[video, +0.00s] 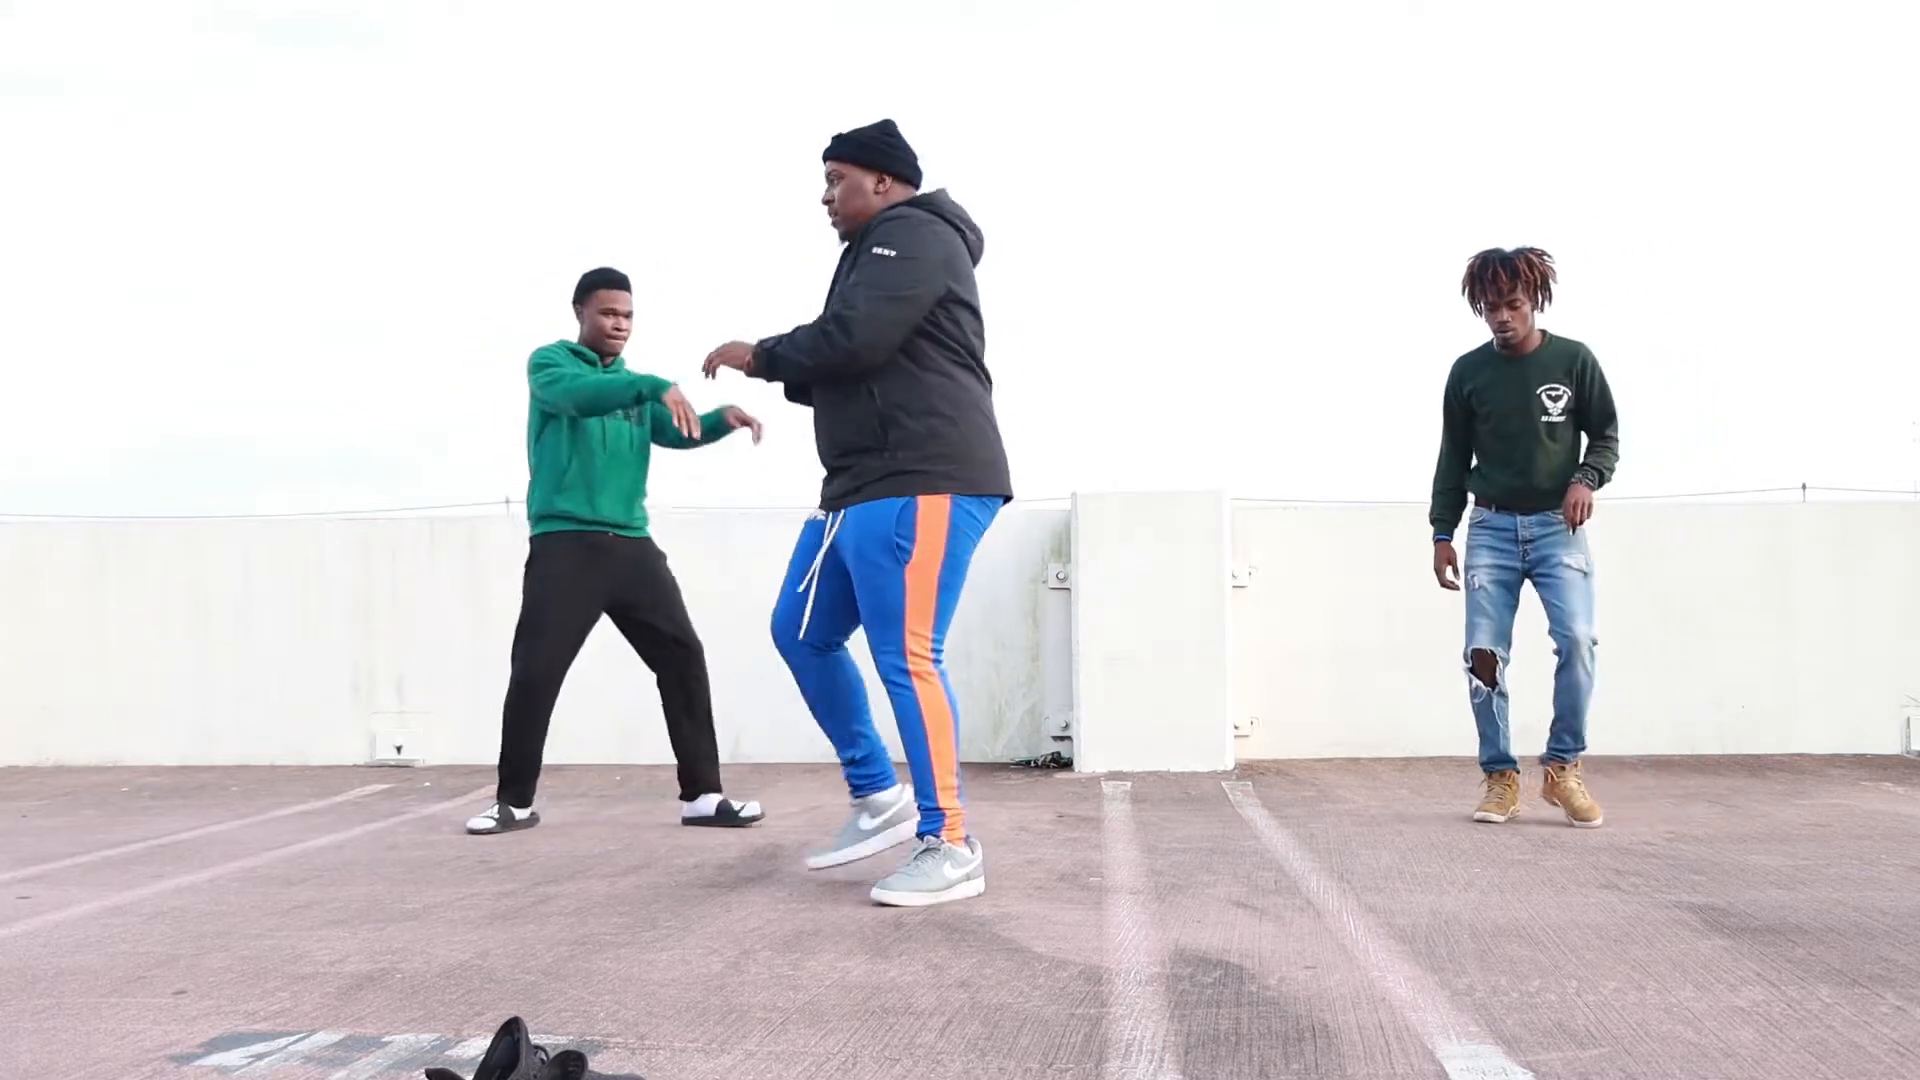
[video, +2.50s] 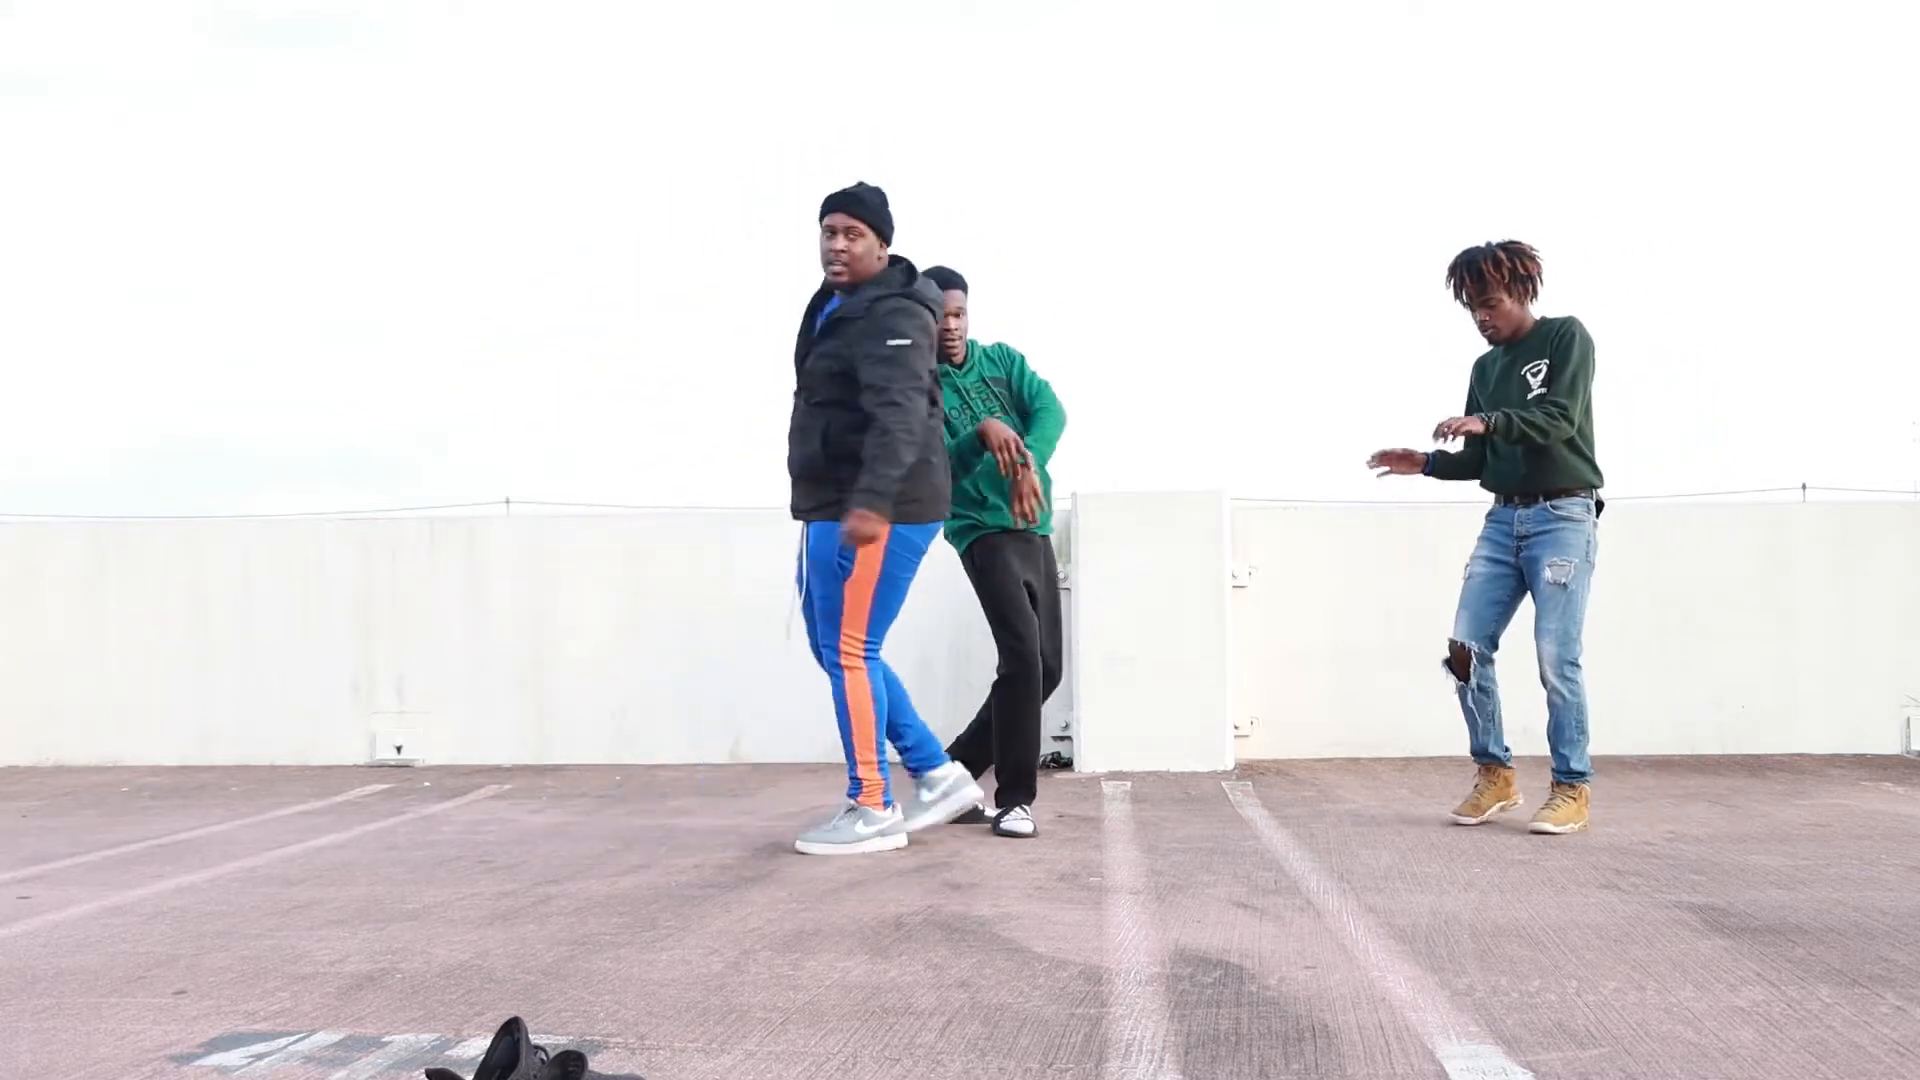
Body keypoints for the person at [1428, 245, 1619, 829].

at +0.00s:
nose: (1500, 317)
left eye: (1510, 304)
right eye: (1489, 308)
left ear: (1536, 300)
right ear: (1479, 309)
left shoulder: (1574, 360)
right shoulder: (1467, 372)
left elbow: (1605, 435)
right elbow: (1453, 459)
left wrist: (1586, 479)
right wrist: (1443, 534)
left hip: (1559, 527)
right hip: (1490, 529)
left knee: (1578, 638)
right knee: (1482, 654)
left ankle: (1563, 768)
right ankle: (1499, 778)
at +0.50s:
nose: (1510, 321)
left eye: (1520, 309)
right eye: (1500, 310)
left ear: (1542, 304)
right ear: (1488, 307)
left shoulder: (1567, 352)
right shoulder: (1466, 359)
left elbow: (1585, 439)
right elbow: (1442, 446)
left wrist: (1595, 519)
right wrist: (1443, 518)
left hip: (1556, 526)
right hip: (1486, 524)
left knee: (1568, 656)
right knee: (1484, 657)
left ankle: (1538, 781)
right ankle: (1497, 777)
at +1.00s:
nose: (1491, 307)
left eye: (1502, 295)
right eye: (1481, 297)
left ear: (1526, 292)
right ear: (1470, 298)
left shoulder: (1561, 345)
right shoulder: (1455, 354)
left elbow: (1596, 431)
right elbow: (1438, 437)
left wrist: (1599, 512)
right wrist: (1427, 506)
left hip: (1547, 523)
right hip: (1477, 522)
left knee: (1554, 656)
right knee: (1452, 638)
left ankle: (1534, 781)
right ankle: (1494, 759)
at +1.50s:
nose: (1469, 302)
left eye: (1479, 289)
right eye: (1460, 292)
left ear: (1509, 286)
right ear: (1453, 295)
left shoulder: (1547, 341)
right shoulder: (1451, 353)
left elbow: (1567, 435)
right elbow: (1444, 437)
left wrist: (1533, 487)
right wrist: (1436, 516)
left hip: (1531, 515)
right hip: (1469, 516)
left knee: (1527, 643)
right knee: (1474, 649)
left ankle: (1532, 772)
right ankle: (1499, 770)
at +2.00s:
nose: (1465, 316)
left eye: (1474, 303)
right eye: (1457, 306)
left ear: (1507, 291)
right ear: (1452, 303)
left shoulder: (1550, 341)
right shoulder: (1458, 361)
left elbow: (1560, 428)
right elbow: (1451, 442)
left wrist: (1509, 454)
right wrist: (1429, 501)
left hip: (1538, 518)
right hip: (1478, 523)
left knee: (1542, 650)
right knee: (1480, 655)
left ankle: (1567, 784)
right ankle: (1502, 778)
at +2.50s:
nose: (1480, 320)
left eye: (1488, 306)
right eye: (1472, 309)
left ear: (1522, 293)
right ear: (1470, 306)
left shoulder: (1567, 337)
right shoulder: (1485, 369)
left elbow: (1557, 420)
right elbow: (1480, 461)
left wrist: (1488, 423)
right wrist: (1424, 462)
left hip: (1562, 517)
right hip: (1504, 520)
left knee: (1554, 658)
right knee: (1467, 651)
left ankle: (1570, 789)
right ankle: (1494, 777)